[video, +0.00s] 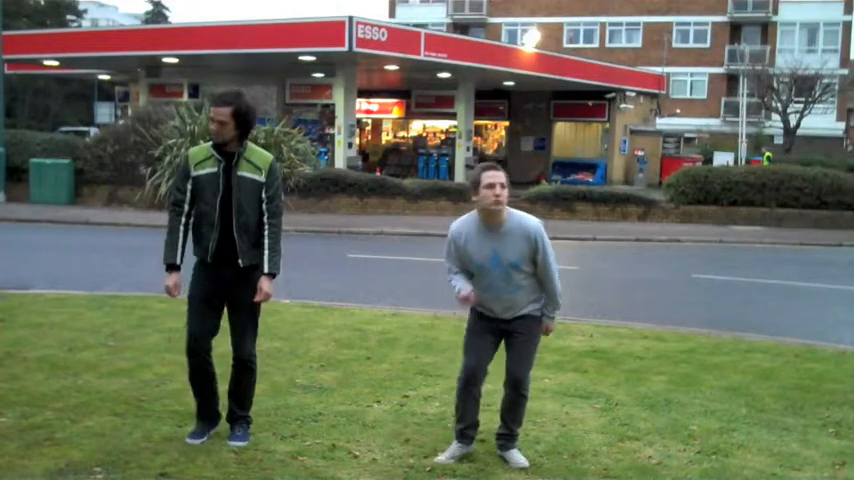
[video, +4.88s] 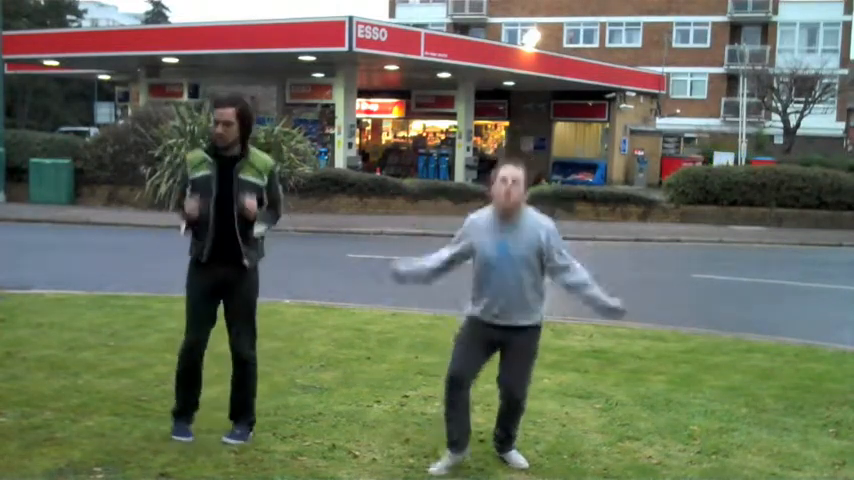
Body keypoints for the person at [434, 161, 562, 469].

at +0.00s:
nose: (497, 193)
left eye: (502, 187)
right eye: (489, 187)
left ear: (508, 192)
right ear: (476, 195)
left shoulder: (531, 228)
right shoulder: (460, 230)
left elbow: (549, 274)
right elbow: (454, 270)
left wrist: (550, 313)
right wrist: (463, 287)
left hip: (526, 316)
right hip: (484, 314)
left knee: (518, 380)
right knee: (470, 373)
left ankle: (507, 444)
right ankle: (463, 441)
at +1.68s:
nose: (502, 162)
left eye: (511, 157)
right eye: (499, 156)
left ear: (530, 164)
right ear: (495, 163)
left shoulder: (553, 202)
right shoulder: (489, 203)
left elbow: (573, 242)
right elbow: (475, 249)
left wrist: (566, 261)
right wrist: (455, 254)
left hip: (529, 312)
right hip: (486, 305)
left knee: (524, 382)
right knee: (456, 362)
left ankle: (508, 444)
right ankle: (460, 437)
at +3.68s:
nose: (514, 158)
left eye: (521, 152)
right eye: (508, 151)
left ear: (532, 157)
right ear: (499, 156)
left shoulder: (550, 191)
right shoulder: (488, 186)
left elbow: (572, 236)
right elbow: (456, 219)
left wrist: (556, 271)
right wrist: (417, 236)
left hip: (526, 295)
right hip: (488, 281)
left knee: (515, 374)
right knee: (449, 320)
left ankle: (507, 443)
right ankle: (452, 399)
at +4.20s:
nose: (502, 172)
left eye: (510, 167)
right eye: (498, 166)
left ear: (526, 173)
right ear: (493, 171)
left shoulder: (547, 210)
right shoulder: (483, 203)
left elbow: (571, 254)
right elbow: (466, 237)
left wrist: (579, 236)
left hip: (527, 310)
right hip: (486, 302)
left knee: (515, 381)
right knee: (454, 355)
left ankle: (507, 445)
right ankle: (452, 434)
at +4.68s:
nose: (501, 201)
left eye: (507, 194)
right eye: (495, 195)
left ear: (518, 188)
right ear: (485, 190)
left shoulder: (539, 206)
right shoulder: (478, 203)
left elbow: (583, 212)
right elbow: (457, 208)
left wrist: (625, 217)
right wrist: (428, 206)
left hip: (522, 307)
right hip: (482, 300)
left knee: (514, 376)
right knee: (456, 343)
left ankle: (505, 444)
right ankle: (456, 419)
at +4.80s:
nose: (499, 206)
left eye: (506, 200)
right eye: (493, 200)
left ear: (519, 202)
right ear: (485, 201)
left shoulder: (538, 233)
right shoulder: (477, 229)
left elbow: (572, 266)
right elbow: (452, 256)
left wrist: (605, 292)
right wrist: (415, 267)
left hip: (524, 322)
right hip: (484, 315)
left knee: (510, 385)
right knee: (454, 368)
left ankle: (504, 447)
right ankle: (451, 446)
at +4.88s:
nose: (508, 187)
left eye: (515, 183)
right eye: (503, 181)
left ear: (525, 191)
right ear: (492, 188)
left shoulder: (542, 228)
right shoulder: (477, 224)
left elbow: (568, 271)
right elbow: (447, 258)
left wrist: (604, 303)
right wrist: (409, 270)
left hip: (524, 326)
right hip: (481, 321)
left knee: (514, 392)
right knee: (457, 378)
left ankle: (505, 447)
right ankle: (456, 450)